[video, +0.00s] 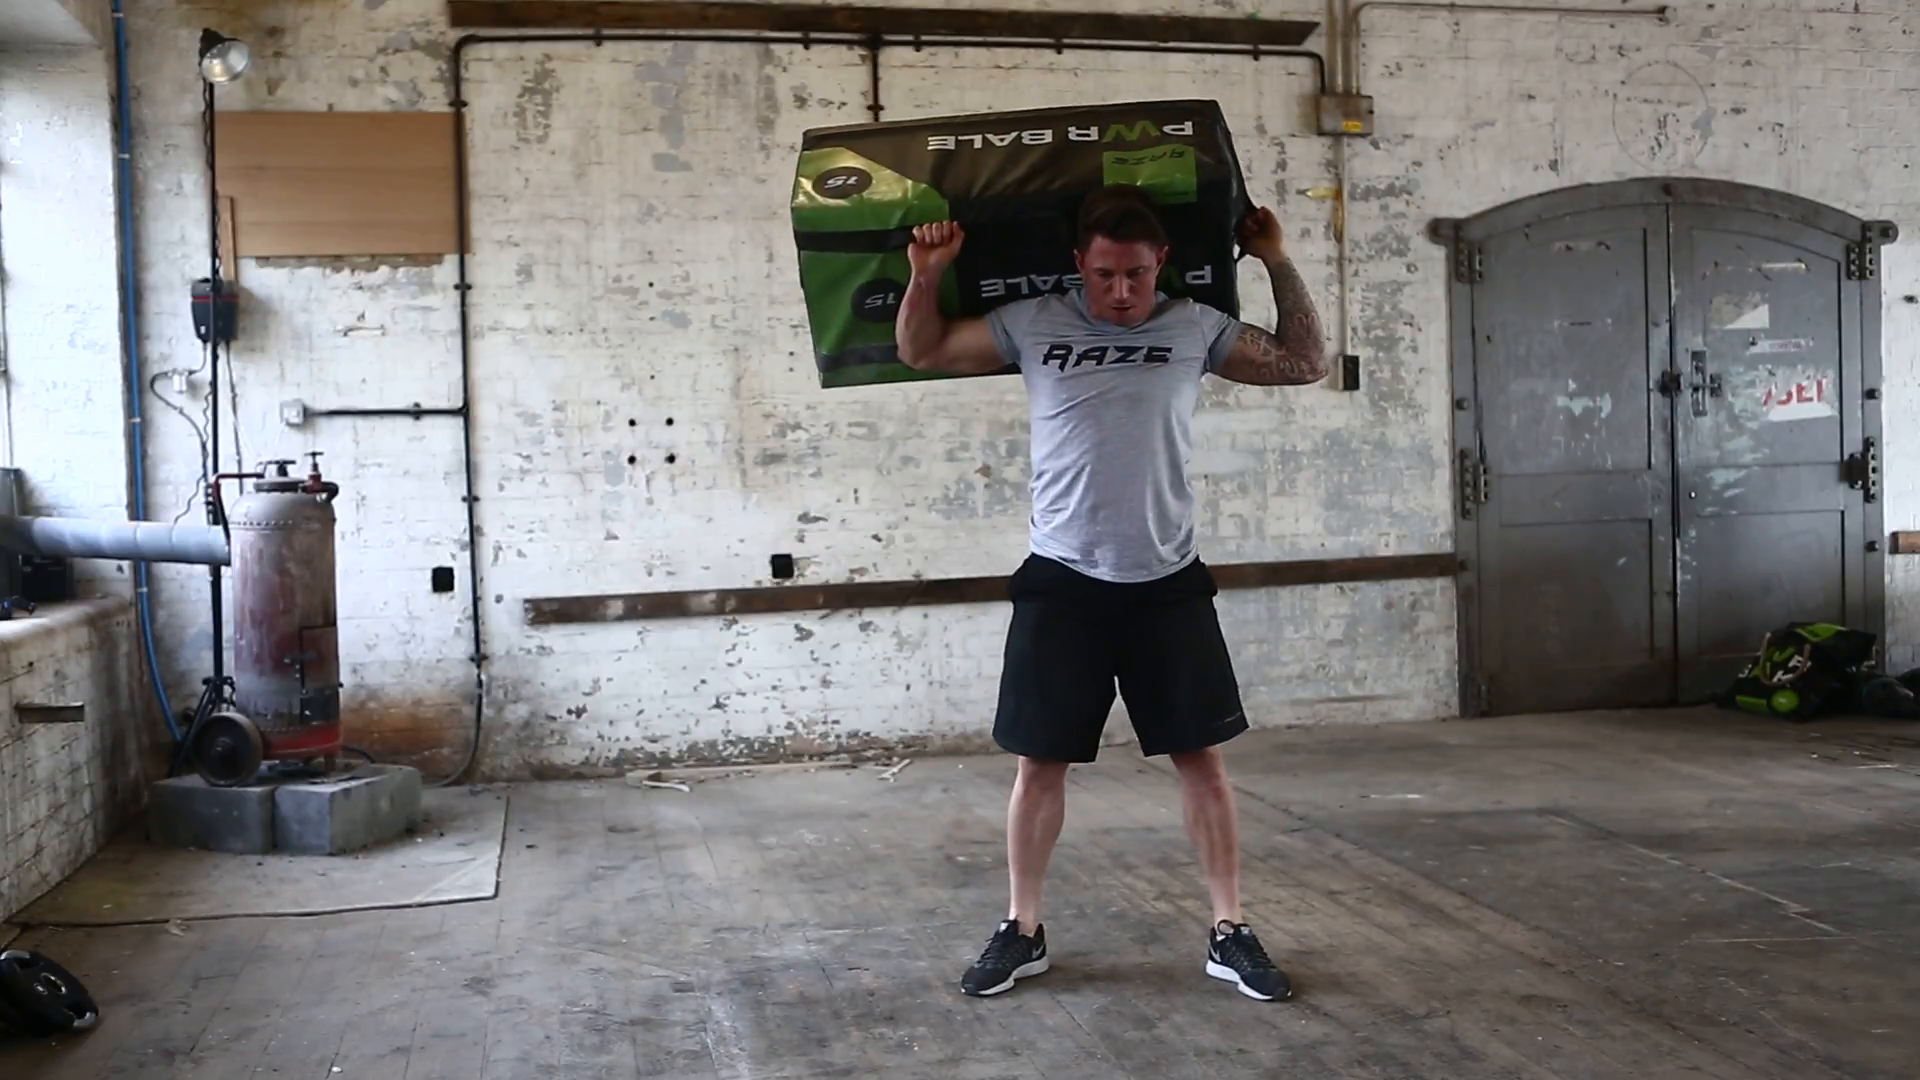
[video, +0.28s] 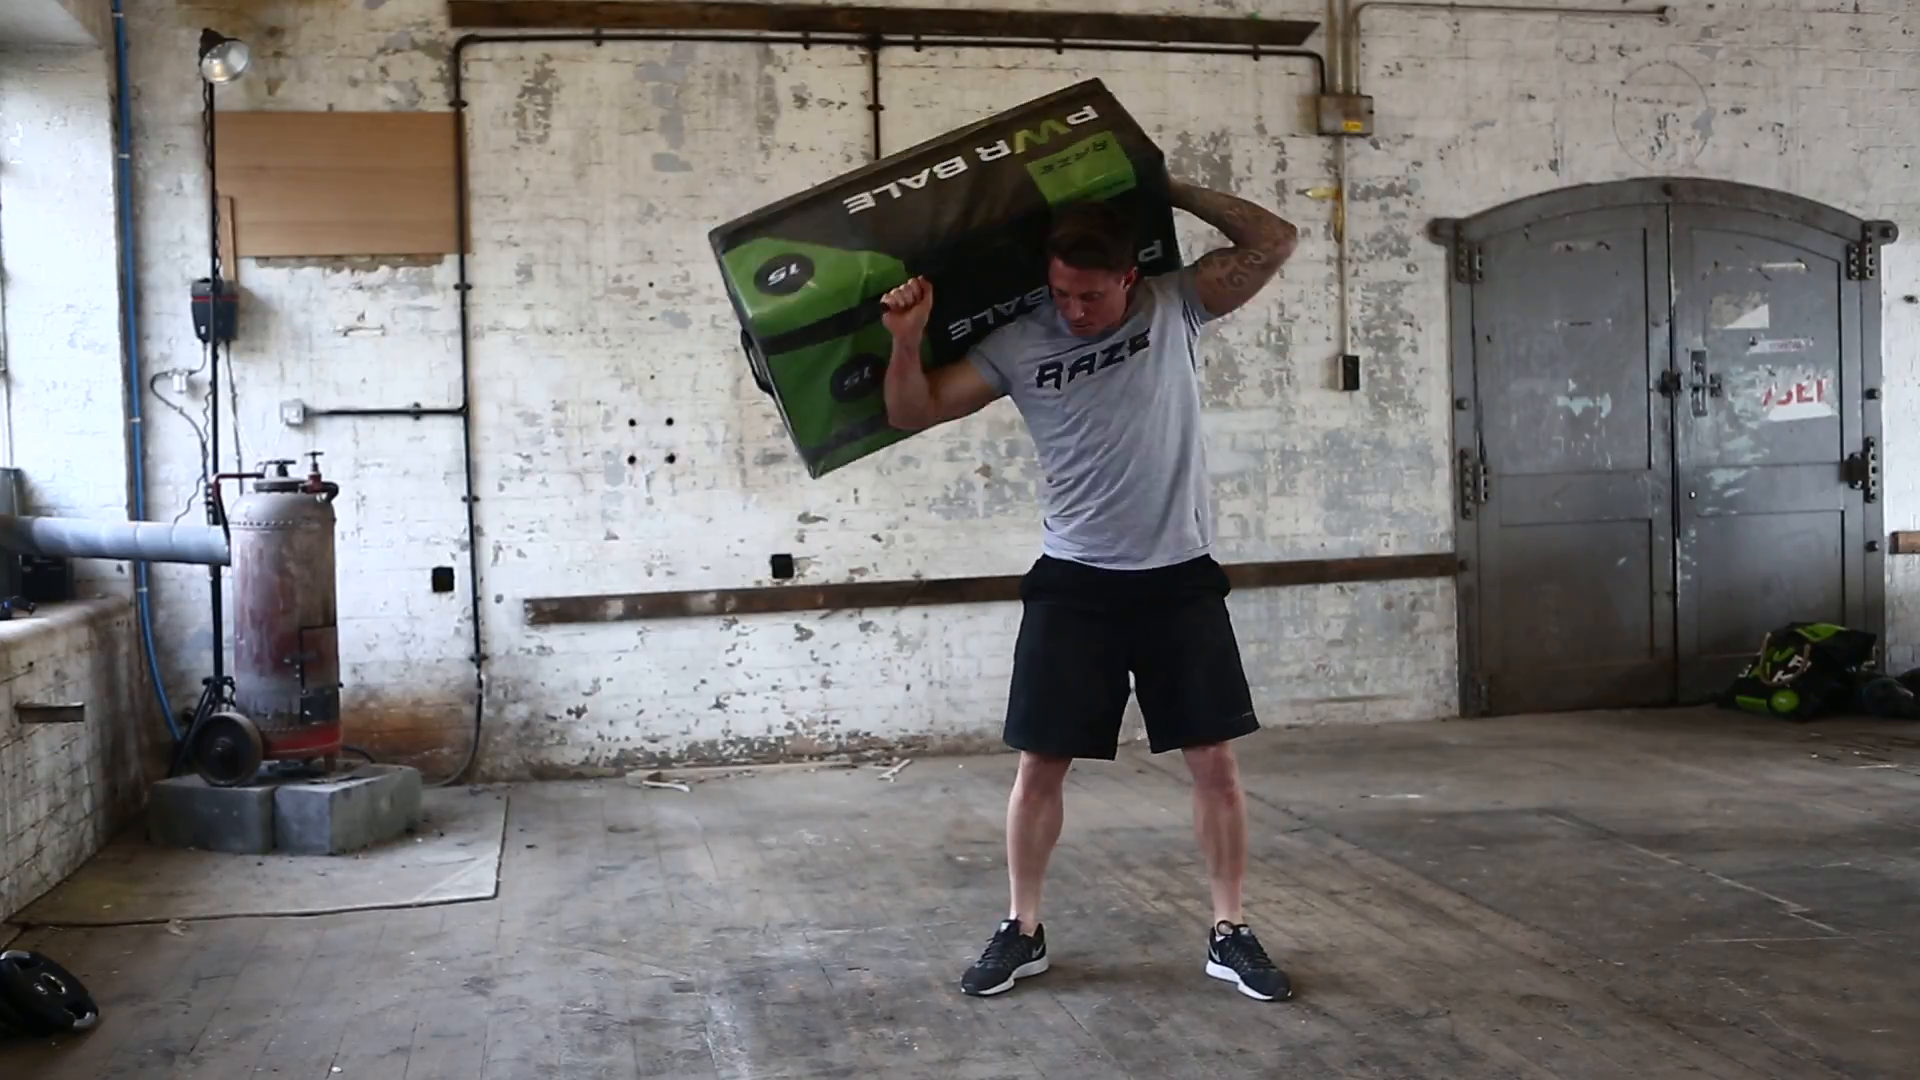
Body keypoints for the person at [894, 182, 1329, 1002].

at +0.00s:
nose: (1121, 291)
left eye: (1136, 275)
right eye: (1106, 275)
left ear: (1160, 268)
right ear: (1080, 266)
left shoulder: (1191, 327)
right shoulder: (1035, 324)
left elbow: (1305, 361)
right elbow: (922, 349)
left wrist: (1276, 258)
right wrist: (924, 275)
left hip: (1167, 582)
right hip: (1061, 582)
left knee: (1200, 759)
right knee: (1039, 766)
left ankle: (1230, 929)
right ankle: (1021, 927)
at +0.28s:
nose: (1076, 310)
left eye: (1092, 295)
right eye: (1062, 294)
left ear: (1130, 272)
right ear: (1048, 276)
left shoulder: (1175, 304)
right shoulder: (1021, 344)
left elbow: (1273, 240)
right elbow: (911, 412)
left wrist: (1179, 191)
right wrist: (906, 339)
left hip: (1181, 578)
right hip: (1073, 583)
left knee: (1215, 763)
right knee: (1039, 766)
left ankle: (1230, 930)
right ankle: (1021, 926)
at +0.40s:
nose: (1054, 340)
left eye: (1068, 327)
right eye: (1041, 325)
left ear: (1107, 301)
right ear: (1027, 305)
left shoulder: (1153, 314)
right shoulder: (1009, 376)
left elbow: (1205, 211)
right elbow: (918, 466)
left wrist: (1093, 189)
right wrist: (889, 412)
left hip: (1182, 580)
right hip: (1074, 588)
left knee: (1225, 760)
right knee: (1033, 764)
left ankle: (1230, 930)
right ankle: (1022, 928)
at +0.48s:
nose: (1033, 371)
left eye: (1046, 355)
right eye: (1019, 357)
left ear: (1080, 325)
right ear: (1003, 341)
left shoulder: (1130, 331)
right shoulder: (999, 410)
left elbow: (1154, 227)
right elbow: (928, 507)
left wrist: (1048, 221)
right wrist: (884, 481)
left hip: (1181, 591)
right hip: (1075, 600)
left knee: (1231, 766)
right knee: (1017, 772)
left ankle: (1230, 932)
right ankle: (1022, 930)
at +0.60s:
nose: (995, 450)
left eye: (1006, 433)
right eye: (982, 439)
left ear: (1042, 400)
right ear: (966, 424)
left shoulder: (1093, 398)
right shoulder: (984, 484)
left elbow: (1069, 304)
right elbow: (930, 591)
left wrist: (974, 305)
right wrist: (884, 603)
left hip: (1176, 620)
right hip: (1074, 628)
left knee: (1237, 786)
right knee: (997, 777)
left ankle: (1228, 933)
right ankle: (1021, 931)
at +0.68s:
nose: (972, 515)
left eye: (980, 498)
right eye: (959, 505)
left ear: (1015, 464)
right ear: (948, 491)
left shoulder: (1074, 456)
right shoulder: (975, 543)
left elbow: (1012, 377)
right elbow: (940, 655)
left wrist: (921, 395)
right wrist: (898, 696)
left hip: (1170, 647)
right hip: (1068, 655)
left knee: (1236, 794)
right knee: (987, 788)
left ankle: (1225, 933)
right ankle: (1022, 932)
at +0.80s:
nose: (941, 614)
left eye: (947, 597)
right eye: (930, 603)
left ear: (983, 564)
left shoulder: (1041, 528)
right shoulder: (962, 636)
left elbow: (945, 529)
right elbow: (953, 744)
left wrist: (858, 555)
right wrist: (921, 852)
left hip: (1165, 687)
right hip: (1067, 698)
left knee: (1231, 805)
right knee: (982, 793)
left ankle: (1223, 936)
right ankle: (1023, 935)